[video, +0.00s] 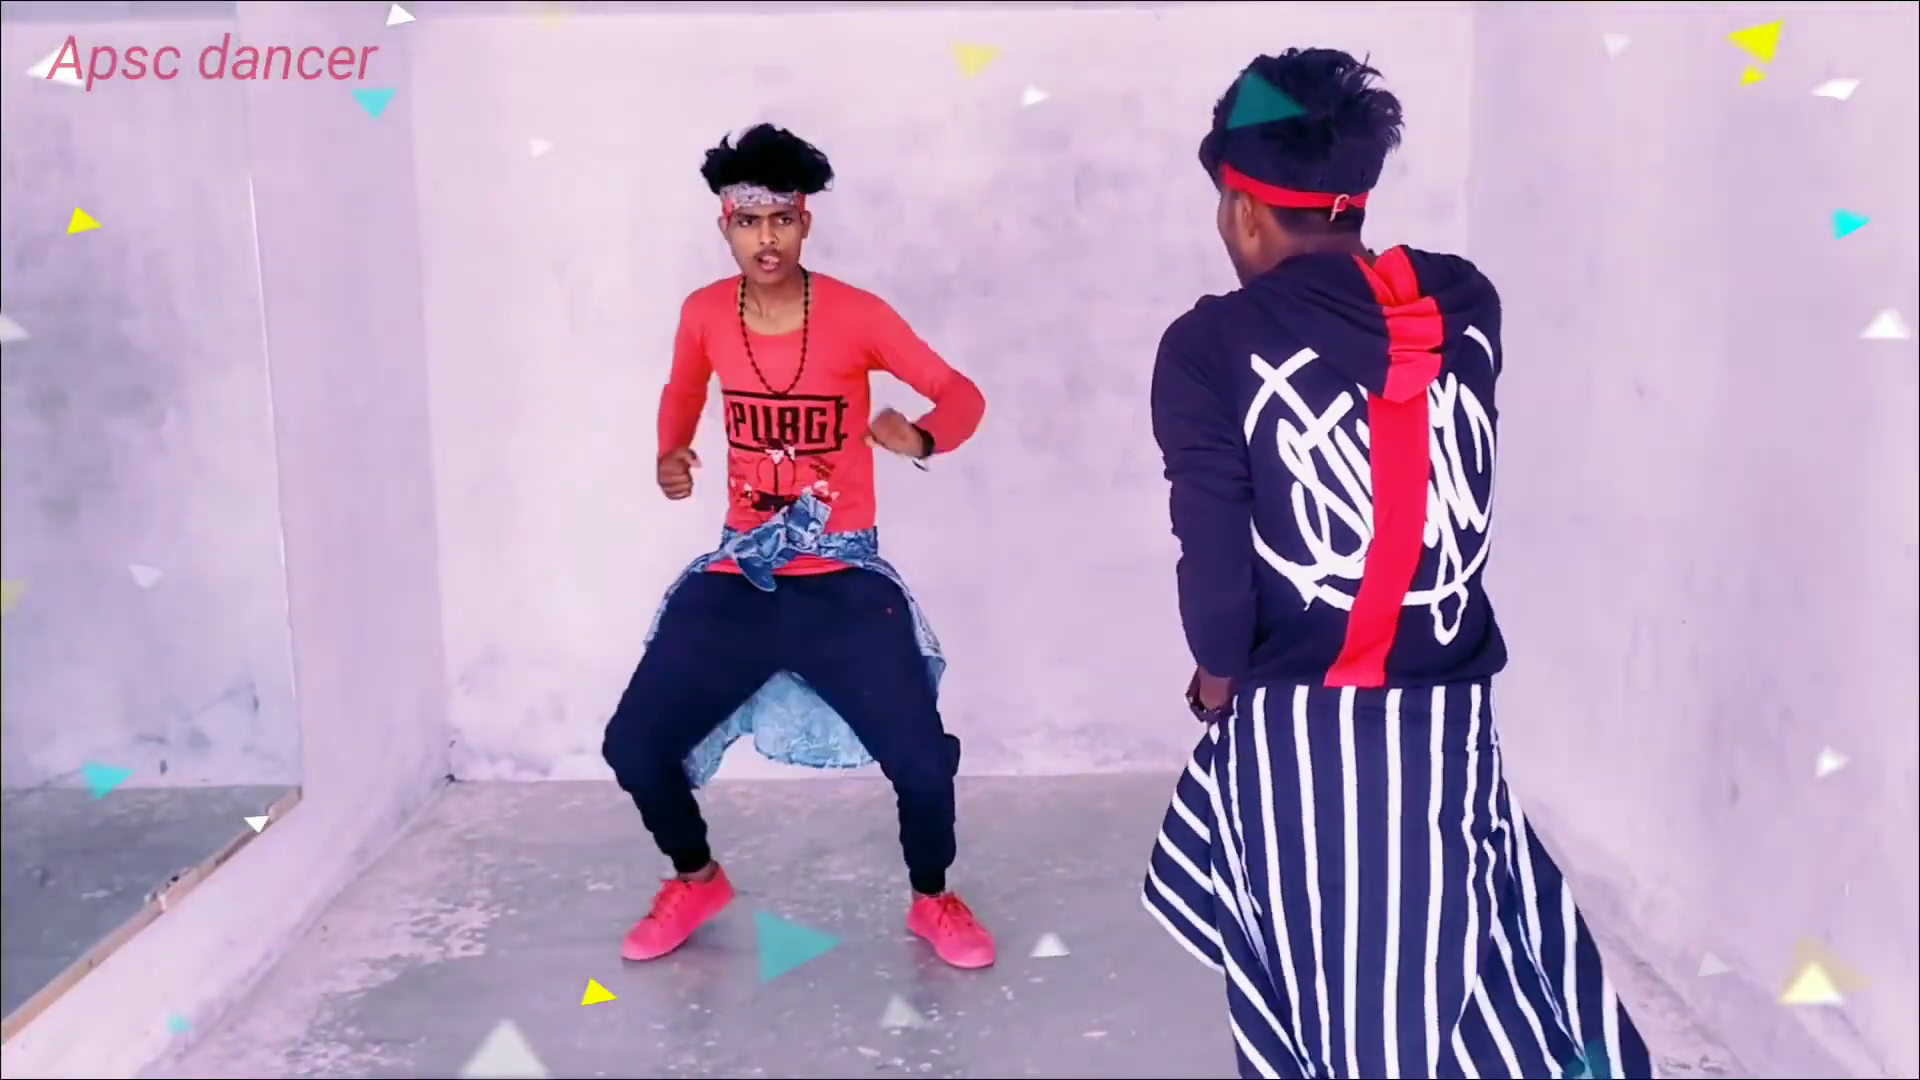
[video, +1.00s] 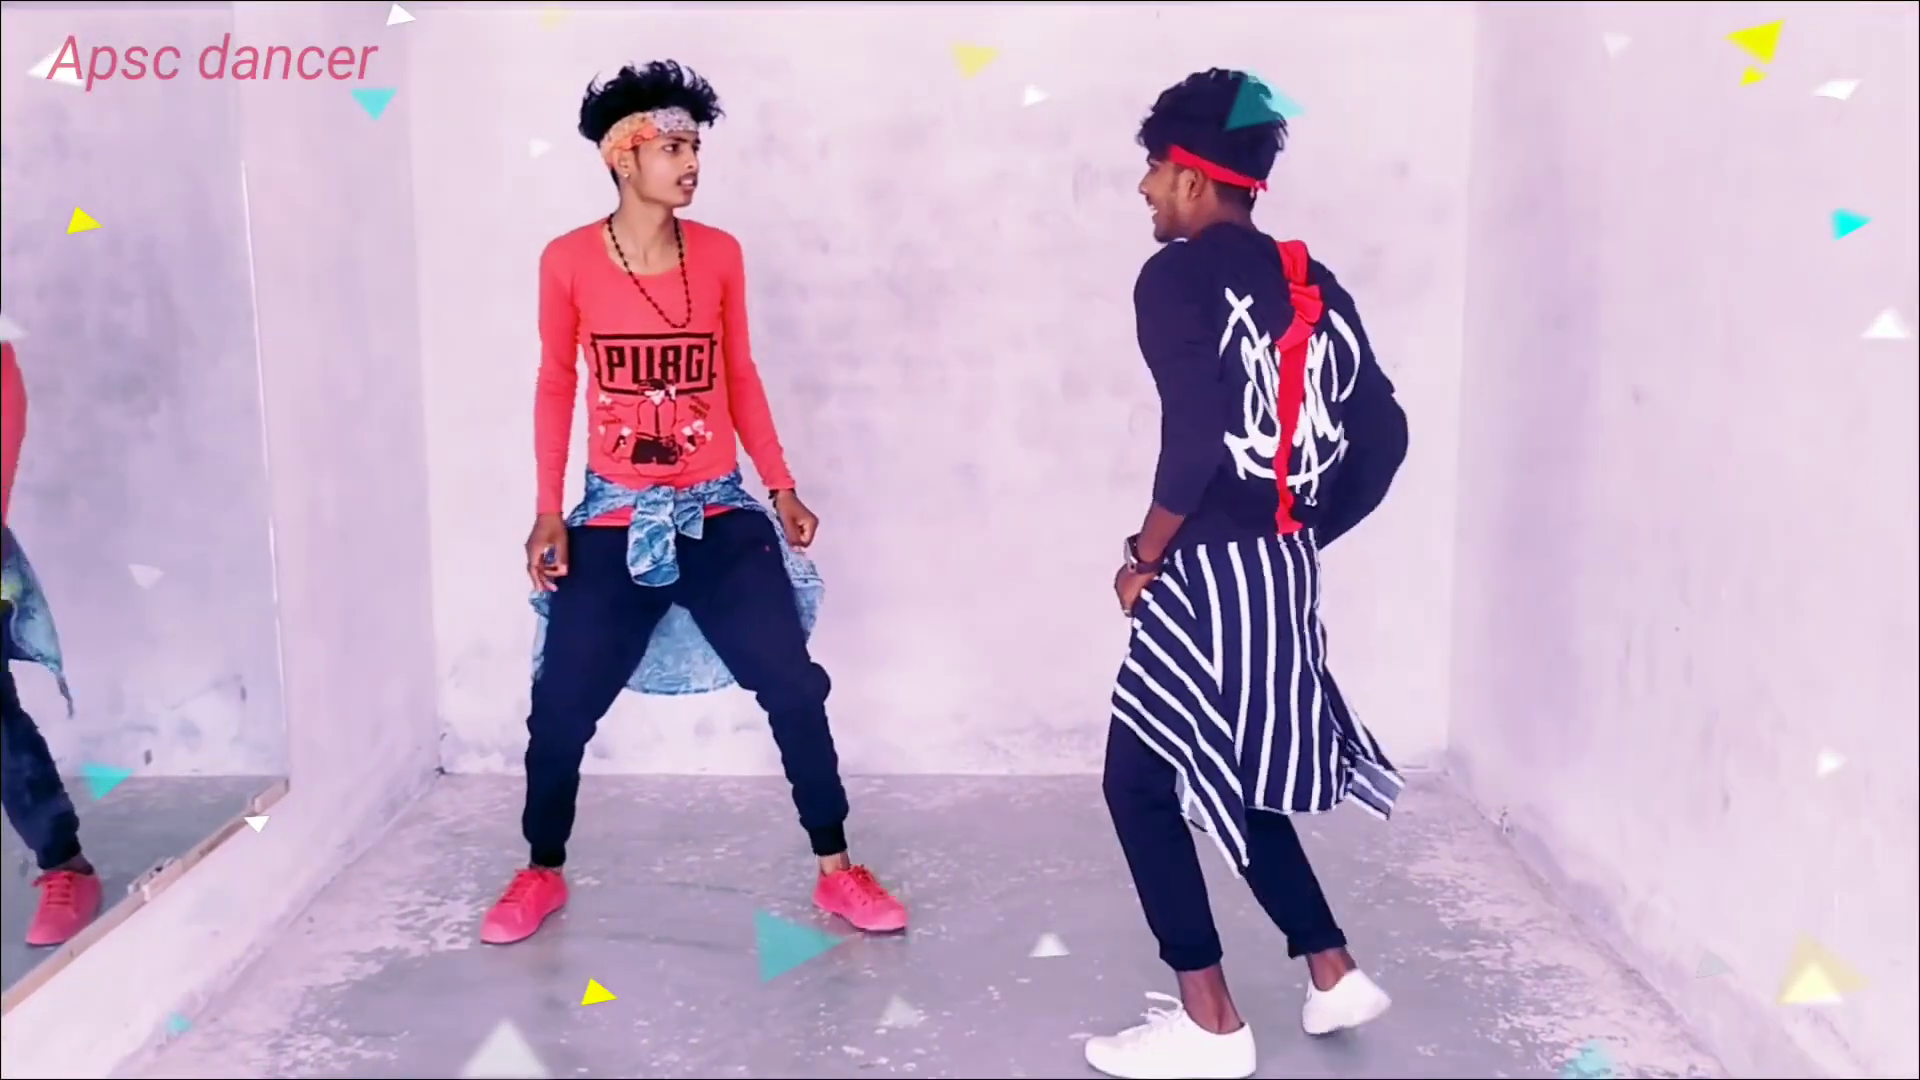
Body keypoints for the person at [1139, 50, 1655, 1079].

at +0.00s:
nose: (1218, 222)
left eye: (1221, 199)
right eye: (1221, 197)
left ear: (1245, 207)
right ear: (1357, 202)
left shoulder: (1210, 344)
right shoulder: (1458, 308)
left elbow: (1215, 531)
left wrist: (1218, 665)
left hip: (1302, 722)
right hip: (1449, 714)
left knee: (1320, 988)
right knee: (1472, 970)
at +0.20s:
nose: (1225, 203)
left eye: (1226, 182)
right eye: (1222, 184)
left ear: (1251, 187)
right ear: (1347, 182)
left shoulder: (1249, 304)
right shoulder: (1432, 284)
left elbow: (1273, 504)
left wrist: (1232, 632)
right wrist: (1258, 260)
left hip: (1310, 681)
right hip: (1432, 671)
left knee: (1291, 957)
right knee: (1394, 945)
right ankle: (1408, 1068)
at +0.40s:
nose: (1236, 206)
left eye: (1241, 184)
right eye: (1238, 183)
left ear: (1281, 190)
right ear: (1336, 188)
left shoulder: (1314, 306)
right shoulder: (1399, 283)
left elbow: (1345, 496)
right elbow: (1285, 364)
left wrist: (1261, 618)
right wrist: (1186, 292)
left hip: (1325, 630)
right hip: (1402, 620)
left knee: (1257, 902)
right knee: (1356, 848)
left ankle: (1343, 1072)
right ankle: (1373, 1047)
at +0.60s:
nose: (1276, 159)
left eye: (1301, 146)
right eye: (1291, 140)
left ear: (1340, 172)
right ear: (1379, 185)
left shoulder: (1242, 268)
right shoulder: (1410, 274)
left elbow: (1213, 421)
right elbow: (1433, 356)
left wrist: (1214, 563)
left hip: (1279, 594)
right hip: (1384, 586)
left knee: (1225, 843)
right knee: (1355, 813)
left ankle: (1410, 1043)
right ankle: (1377, 1012)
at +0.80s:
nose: (1213, 187)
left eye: (1228, 172)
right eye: (1222, 168)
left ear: (1264, 188)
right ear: (1307, 196)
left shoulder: (1198, 289)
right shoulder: (1384, 297)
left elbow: (1169, 421)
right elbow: (1502, 415)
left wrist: (1173, 545)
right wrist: (1446, 348)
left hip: (1246, 596)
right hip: (1355, 593)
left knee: (1158, 795)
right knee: (1333, 808)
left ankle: (1242, 1029)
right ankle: (1378, 1028)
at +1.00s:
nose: (1143, 186)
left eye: (1154, 168)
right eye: (1148, 166)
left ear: (1194, 174)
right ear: (1236, 177)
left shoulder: (1173, 275)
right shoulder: (1312, 279)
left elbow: (1197, 427)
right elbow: (1380, 436)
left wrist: (1148, 547)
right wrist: (1301, 527)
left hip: (1206, 562)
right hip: (1284, 563)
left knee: (1136, 783)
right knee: (1236, 775)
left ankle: (1209, 1020)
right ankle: (1333, 975)